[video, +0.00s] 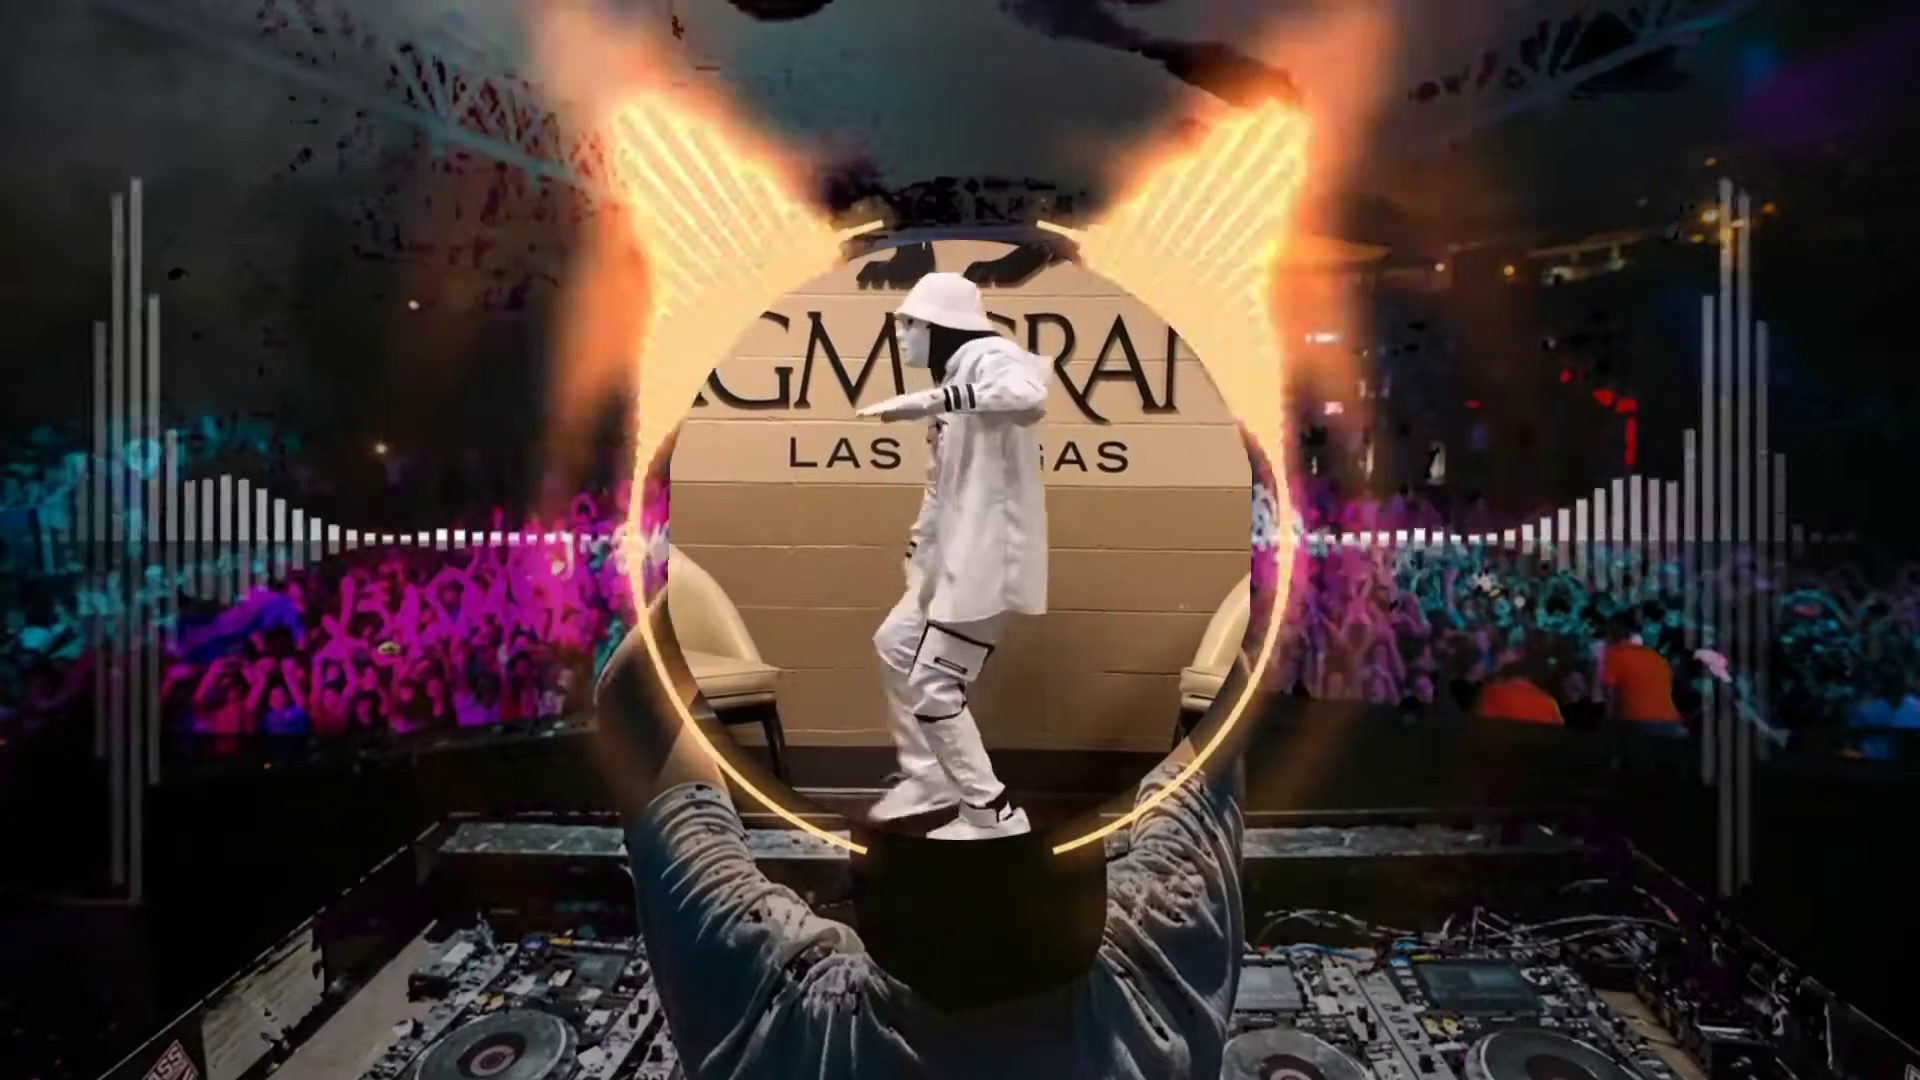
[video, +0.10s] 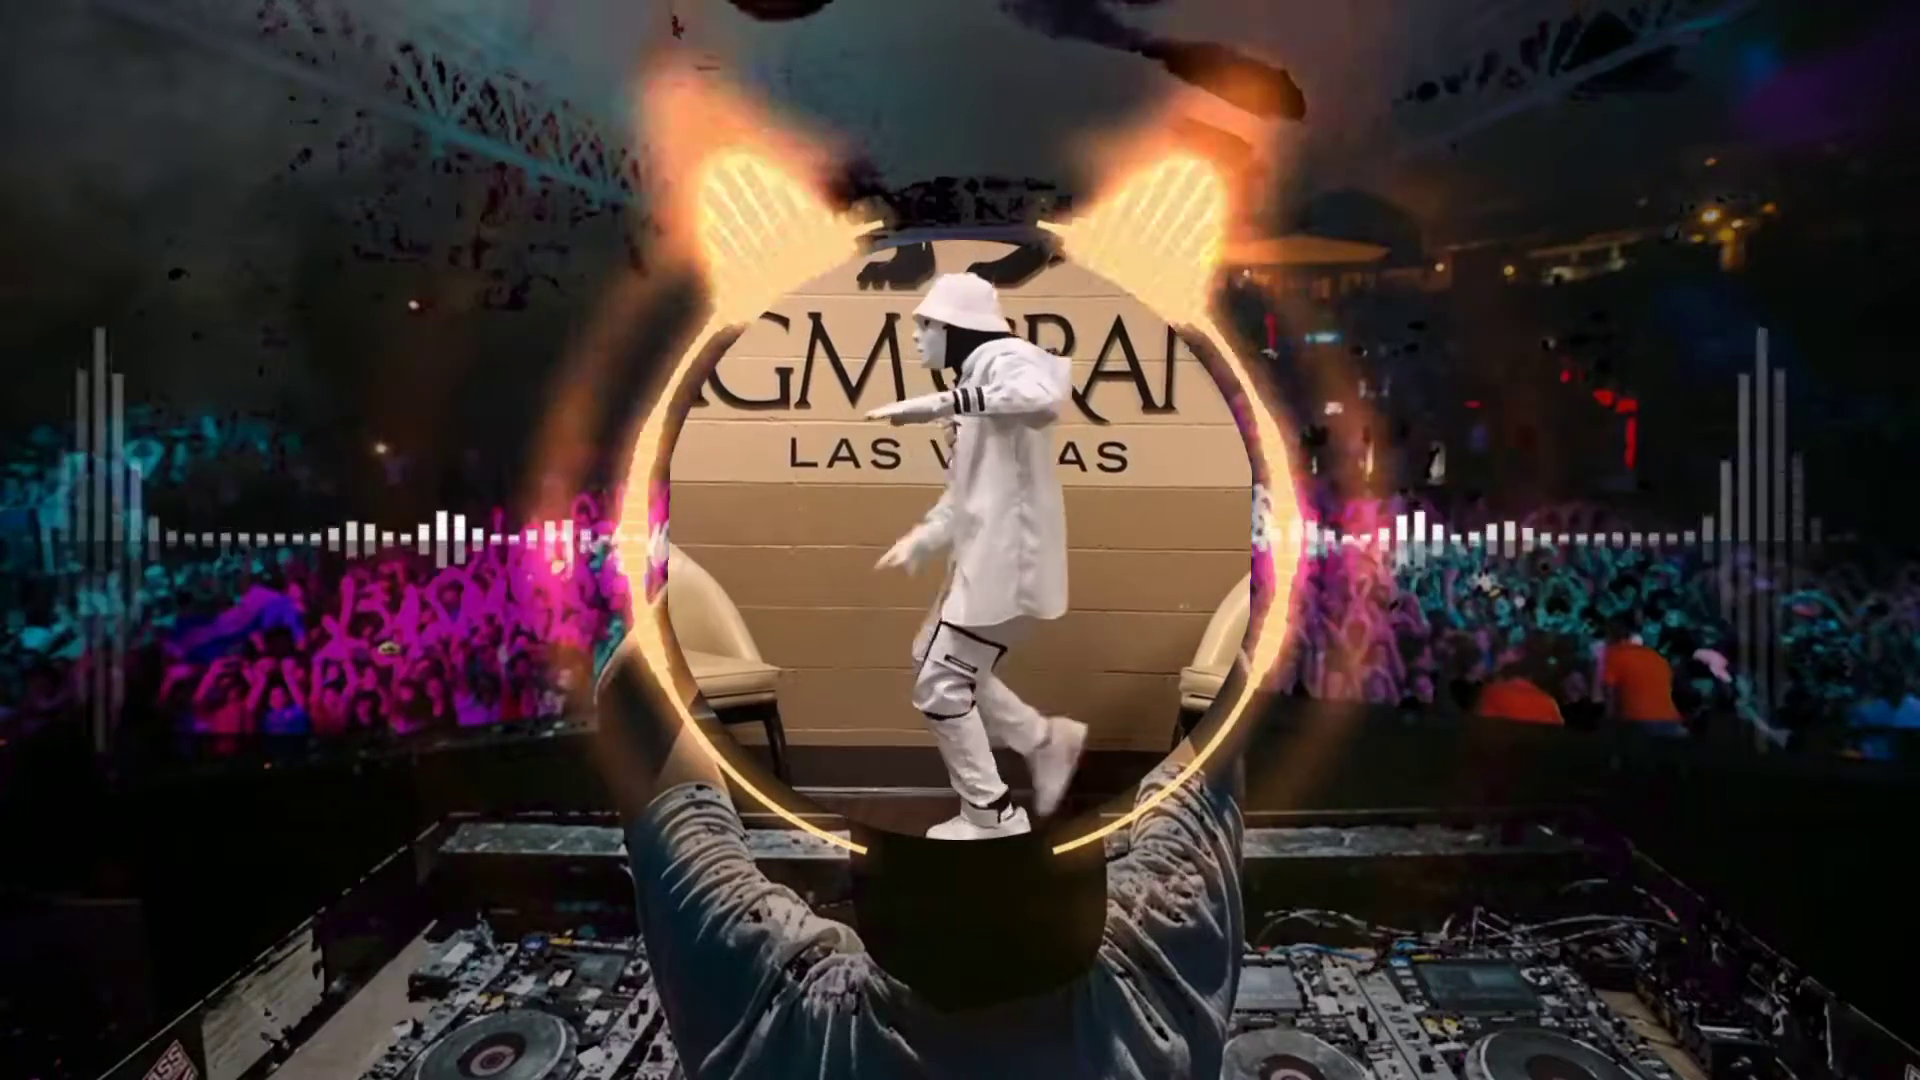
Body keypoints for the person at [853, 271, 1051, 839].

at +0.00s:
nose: (905, 337)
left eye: (913, 326)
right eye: (906, 326)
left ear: (940, 327)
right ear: (946, 326)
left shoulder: (988, 355)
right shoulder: (957, 375)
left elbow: (1027, 394)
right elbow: (950, 485)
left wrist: (941, 400)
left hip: (987, 563)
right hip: (956, 561)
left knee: (931, 688)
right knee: (895, 645)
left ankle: (990, 811)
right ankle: (929, 781)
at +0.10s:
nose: (919, 338)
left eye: (926, 327)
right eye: (920, 327)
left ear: (955, 328)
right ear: (960, 326)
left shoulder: (1002, 355)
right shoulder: (977, 383)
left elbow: (1043, 396)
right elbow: (971, 491)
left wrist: (953, 402)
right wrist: (927, 537)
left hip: (1007, 565)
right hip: (985, 563)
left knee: (945, 687)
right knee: (931, 658)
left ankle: (988, 810)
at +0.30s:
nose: (943, 339)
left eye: (952, 328)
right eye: (946, 327)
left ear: (982, 329)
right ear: (992, 329)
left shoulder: (1023, 360)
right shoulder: (1013, 374)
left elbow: (1053, 410)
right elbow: (1029, 477)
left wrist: (974, 417)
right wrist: (975, 502)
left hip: (1025, 573)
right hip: (1052, 571)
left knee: (964, 687)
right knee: (1021, 698)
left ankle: (988, 813)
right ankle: (1097, 809)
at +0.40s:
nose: (950, 336)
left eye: (959, 325)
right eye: (952, 325)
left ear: (989, 326)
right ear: (996, 327)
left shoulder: (1030, 358)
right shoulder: (1009, 385)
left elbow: (1066, 404)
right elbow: (1002, 510)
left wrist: (997, 430)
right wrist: (968, 475)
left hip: (1031, 574)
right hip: (1046, 573)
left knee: (967, 689)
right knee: (1024, 697)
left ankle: (989, 814)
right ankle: (1096, 806)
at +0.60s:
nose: (958, 338)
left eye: (967, 328)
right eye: (960, 327)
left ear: (1000, 331)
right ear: (1008, 331)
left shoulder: (1050, 386)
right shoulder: (1025, 387)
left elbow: (1112, 459)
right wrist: (1011, 508)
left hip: (1039, 580)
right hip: (1047, 580)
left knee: (963, 692)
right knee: (1017, 699)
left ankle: (988, 814)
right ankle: (1092, 803)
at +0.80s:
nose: (970, 342)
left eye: (980, 333)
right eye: (973, 332)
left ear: (1014, 339)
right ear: (1021, 340)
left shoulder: (1067, 395)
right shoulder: (1039, 394)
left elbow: (1114, 487)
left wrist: (1040, 509)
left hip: (1073, 574)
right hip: (1083, 576)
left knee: (970, 671)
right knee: (1040, 707)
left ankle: (1006, 816)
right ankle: (1112, 819)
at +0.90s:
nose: (979, 350)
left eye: (988, 339)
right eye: (980, 339)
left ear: (1020, 344)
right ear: (1027, 345)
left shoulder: (1070, 398)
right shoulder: (1039, 402)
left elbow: (1114, 482)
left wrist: (1035, 500)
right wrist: (1031, 521)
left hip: (1099, 580)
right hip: (1074, 581)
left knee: (1069, 707)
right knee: (1040, 704)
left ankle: (1155, 815)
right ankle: (1123, 820)